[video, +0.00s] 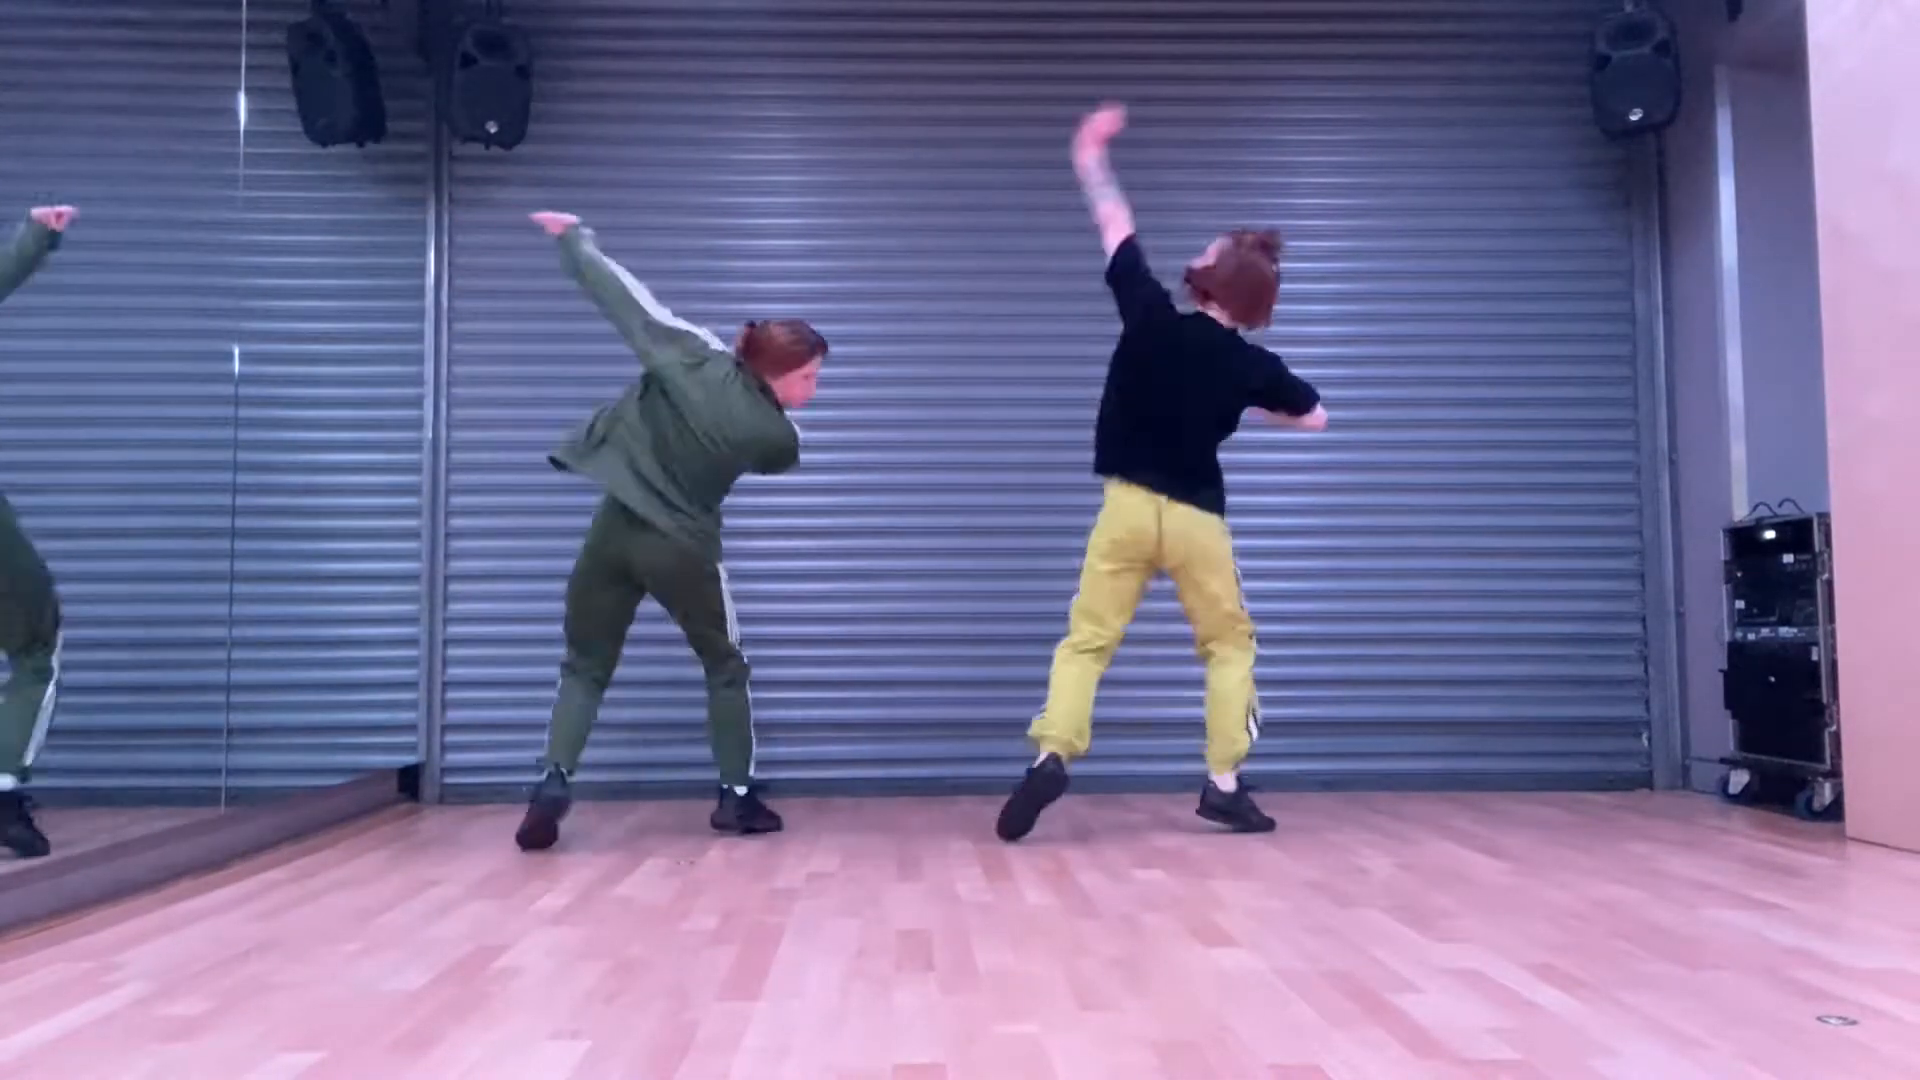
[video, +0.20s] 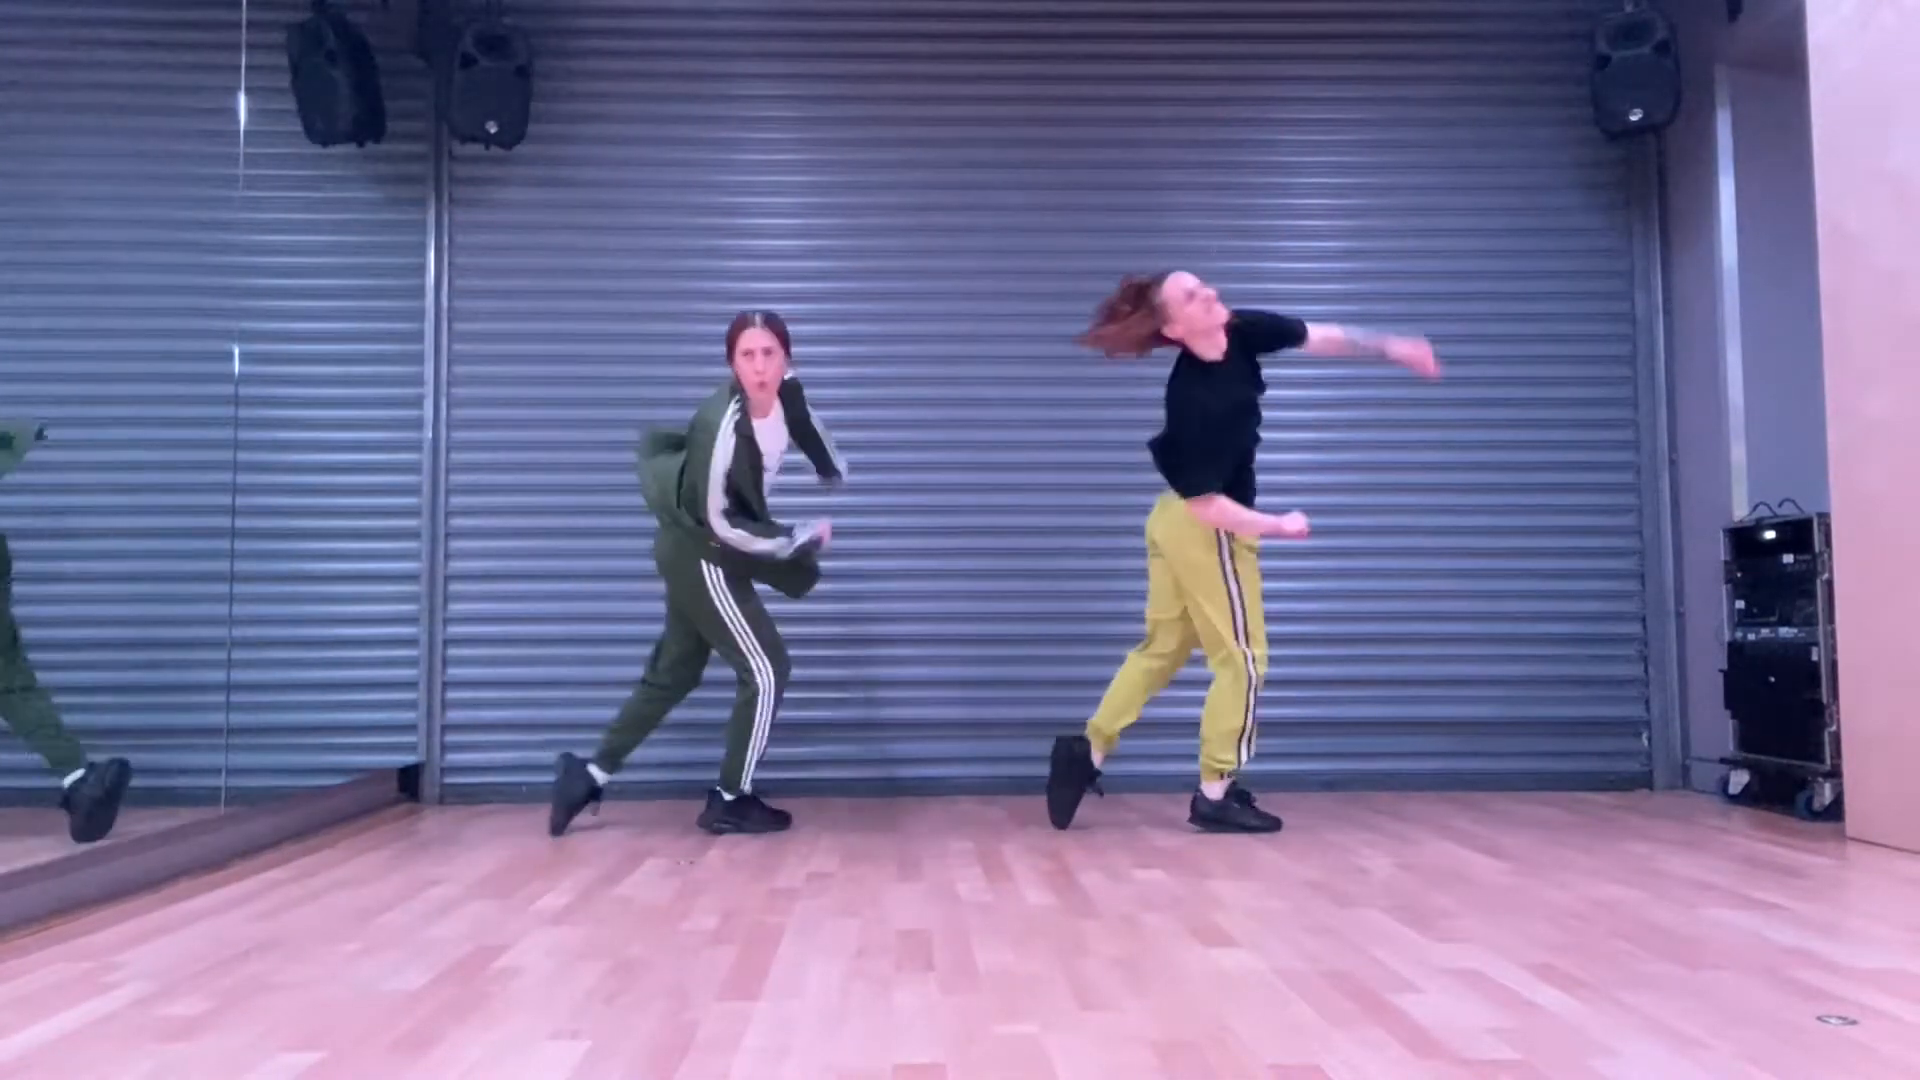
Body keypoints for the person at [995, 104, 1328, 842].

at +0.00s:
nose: (1202, 251)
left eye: (1211, 253)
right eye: (1216, 247)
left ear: (1209, 287)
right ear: (1250, 310)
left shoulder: (1148, 313)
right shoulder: (1246, 362)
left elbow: (1117, 228)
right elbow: (1313, 416)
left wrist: (1090, 159)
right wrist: (1244, 401)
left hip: (1124, 511)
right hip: (1197, 523)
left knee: (1086, 641)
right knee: (1228, 644)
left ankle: (1051, 757)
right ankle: (1224, 785)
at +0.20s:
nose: (1208, 291)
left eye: (1200, 284)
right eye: (1191, 296)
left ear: (1209, 300)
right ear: (1175, 332)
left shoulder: (1236, 331)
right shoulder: (1195, 396)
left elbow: (1317, 338)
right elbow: (1205, 504)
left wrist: (1391, 347)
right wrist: (1275, 525)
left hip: (1176, 518)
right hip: (1207, 530)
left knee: (1164, 646)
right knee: (1241, 658)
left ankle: (1086, 751)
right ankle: (1216, 793)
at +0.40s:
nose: (1218, 286)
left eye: (1229, 277)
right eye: (1207, 276)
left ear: (1243, 290)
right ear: (1189, 290)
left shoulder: (1268, 350)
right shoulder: (1174, 371)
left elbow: (1286, 428)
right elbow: (1135, 454)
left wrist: (1282, 455)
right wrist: (1213, 451)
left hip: (1266, 537)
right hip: (1201, 540)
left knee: (1300, 646)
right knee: (1230, 656)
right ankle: (1223, 791)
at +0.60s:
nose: (1233, 282)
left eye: (1243, 272)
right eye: (1222, 271)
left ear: (1258, 279)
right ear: (1199, 277)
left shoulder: (1271, 340)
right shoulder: (1178, 327)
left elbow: (1337, 401)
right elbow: (1165, 339)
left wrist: (1309, 447)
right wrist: (1234, 300)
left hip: (1266, 487)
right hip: (1203, 502)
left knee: (1333, 527)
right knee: (1254, 627)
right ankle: (1250, 751)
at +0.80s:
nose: (1232, 305)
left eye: (1242, 295)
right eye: (1221, 293)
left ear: (1254, 304)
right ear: (1200, 300)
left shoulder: (1270, 365)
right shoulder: (1178, 358)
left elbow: (1330, 435)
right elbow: (1137, 397)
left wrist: (1285, 446)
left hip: (1280, 518)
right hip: (1211, 528)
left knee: (1319, 617)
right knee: (1260, 646)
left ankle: (1348, 759)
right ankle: (1263, 781)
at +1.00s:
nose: (1250, 355)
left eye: (1259, 344)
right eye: (1238, 344)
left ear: (1268, 353)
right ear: (1215, 351)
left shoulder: (1274, 413)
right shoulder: (1177, 417)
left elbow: (1241, 462)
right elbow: (1156, 502)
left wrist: (1194, 418)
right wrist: (1189, 554)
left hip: (1263, 565)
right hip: (1197, 563)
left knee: (1303, 675)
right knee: (1233, 629)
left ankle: (1290, 790)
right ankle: (1192, 670)